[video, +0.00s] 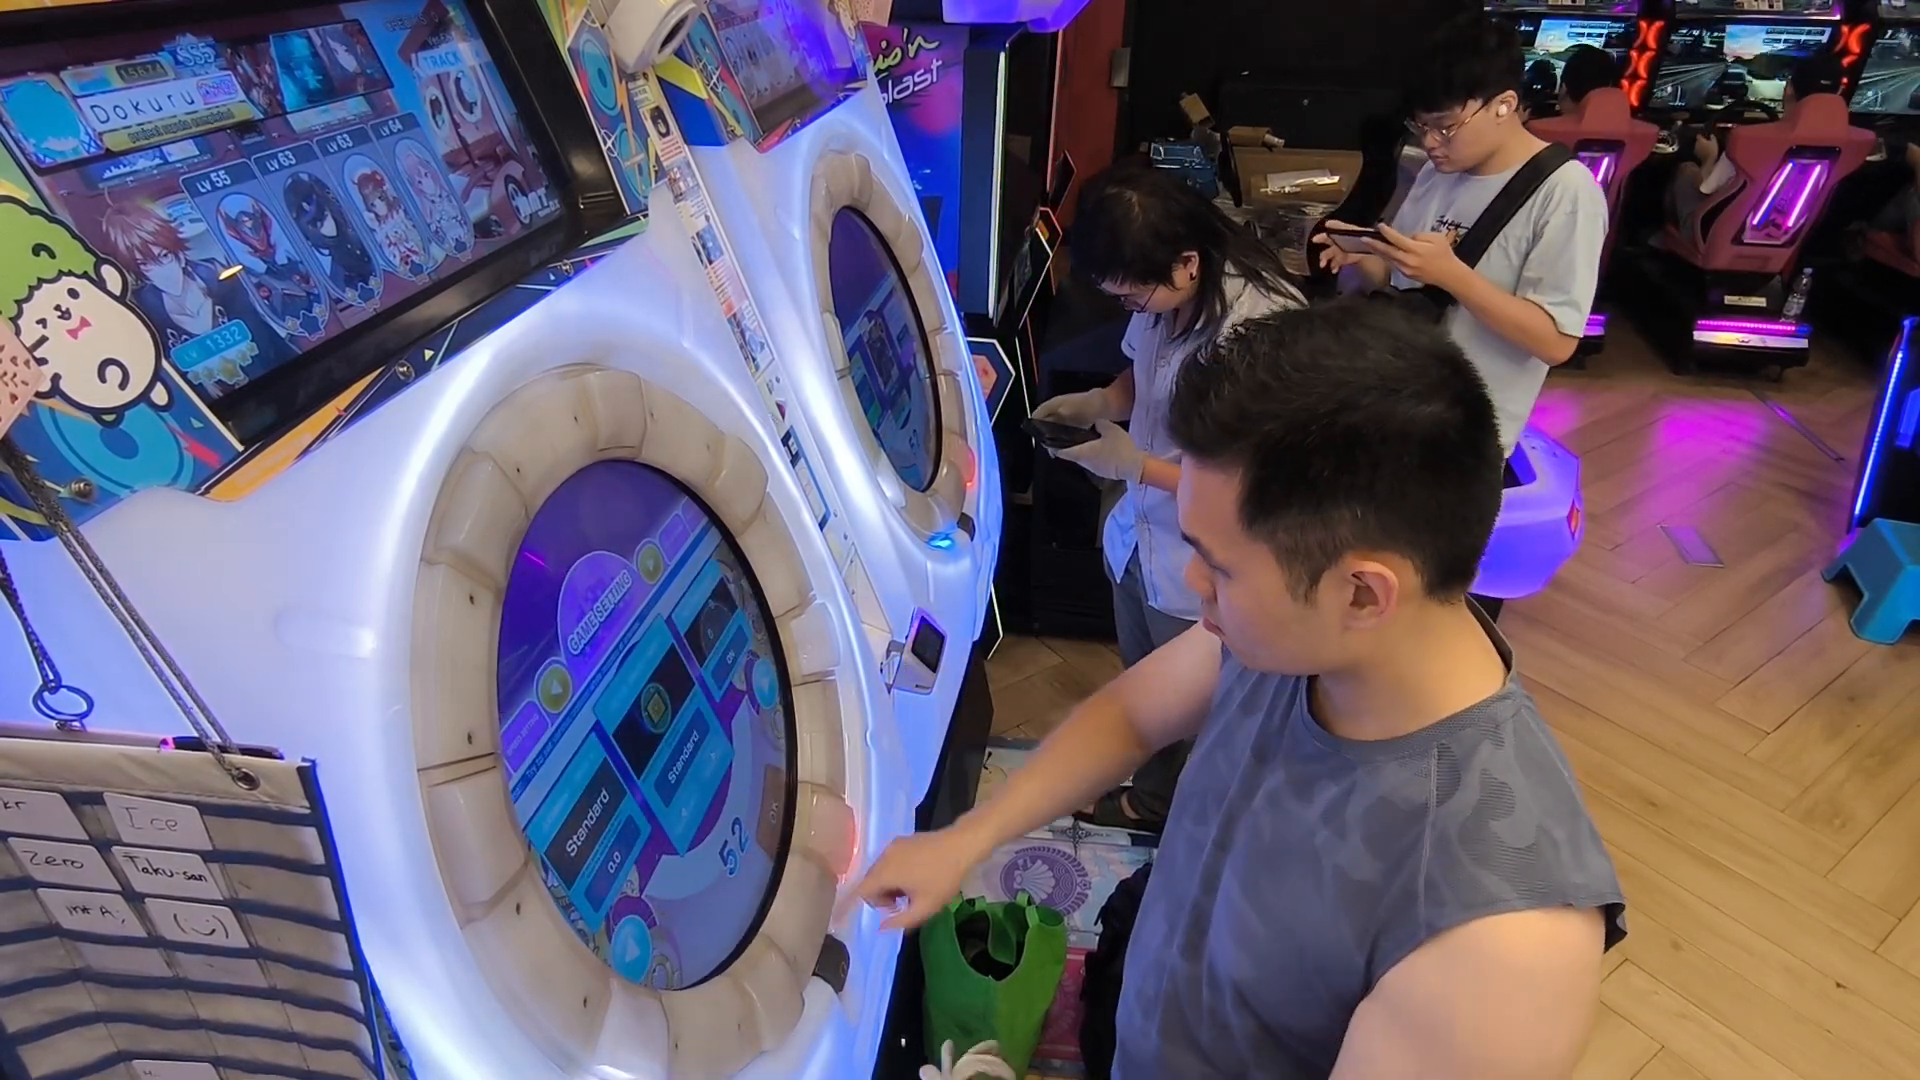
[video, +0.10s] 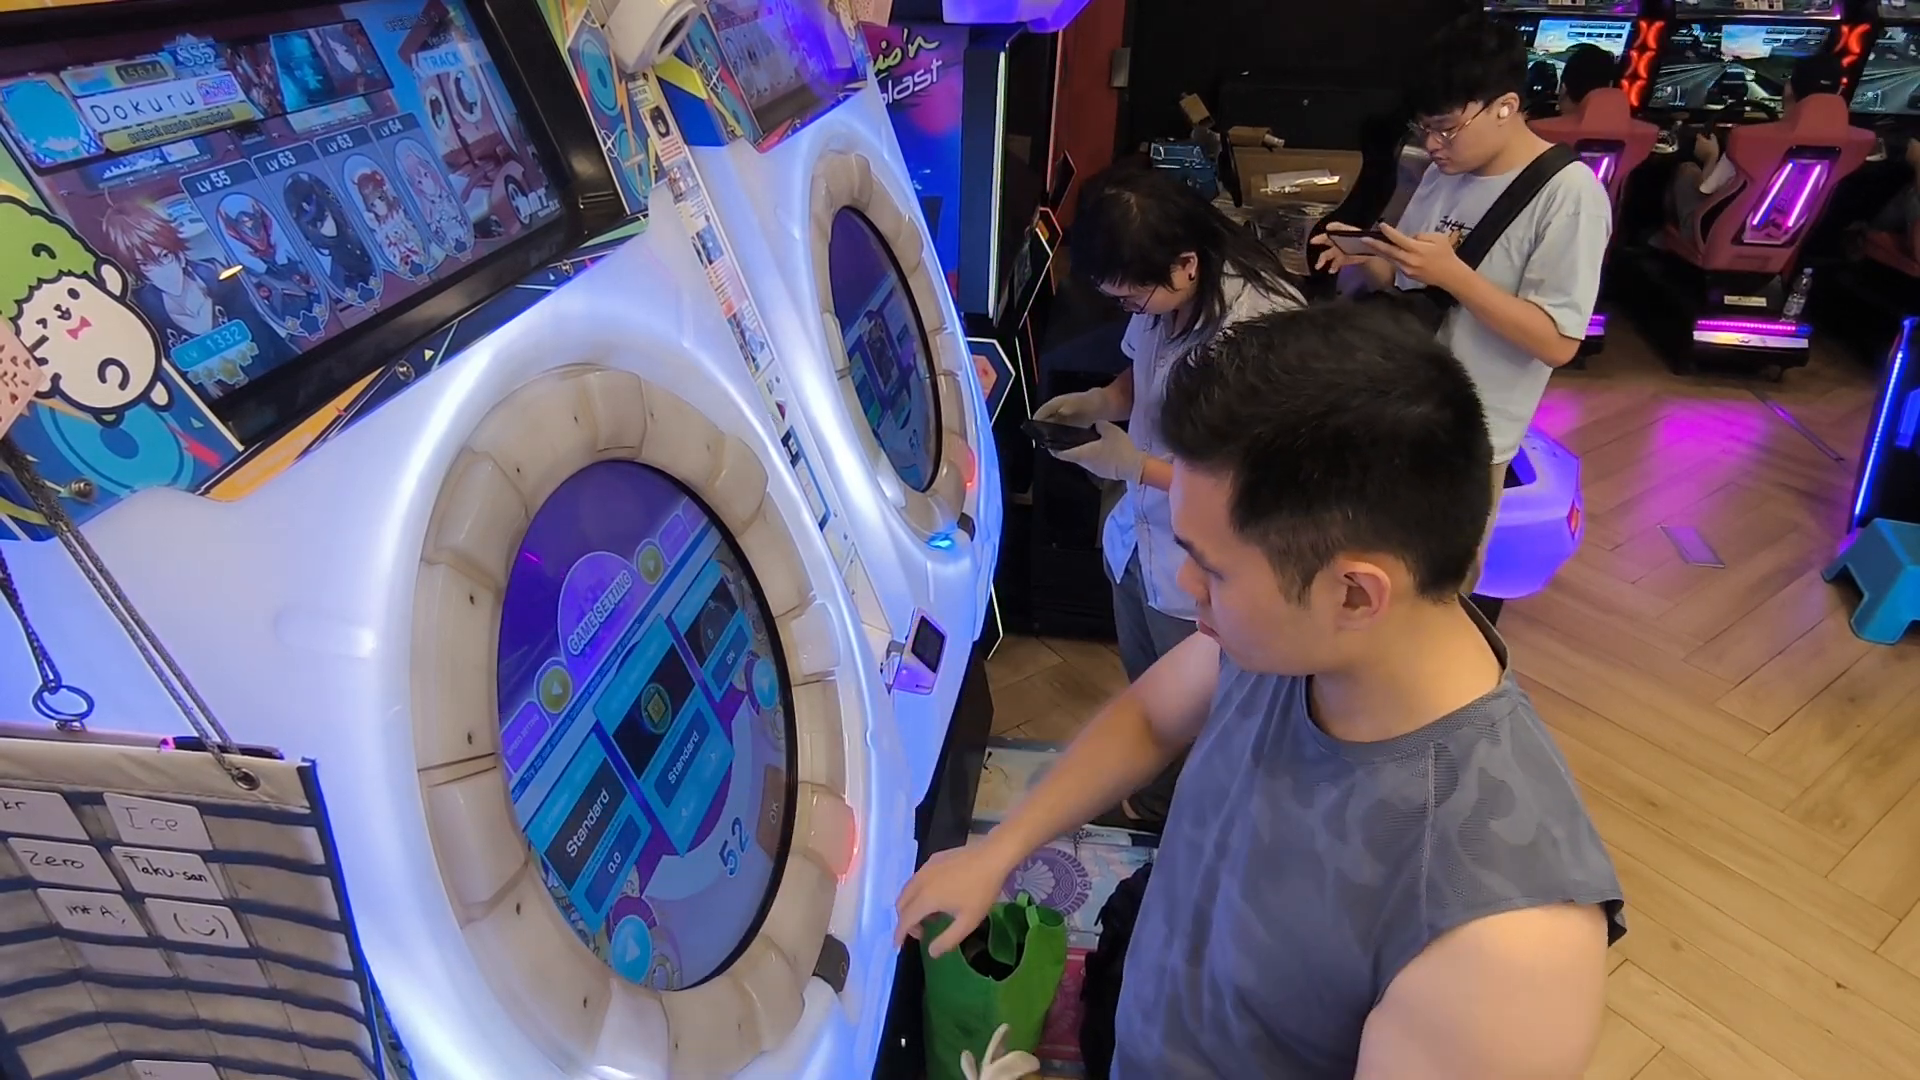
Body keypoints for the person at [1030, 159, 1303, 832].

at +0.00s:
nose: (1125, 301)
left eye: (1135, 289)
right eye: (1116, 290)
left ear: (1187, 265)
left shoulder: (1260, 337)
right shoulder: (1161, 301)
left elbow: (1253, 490)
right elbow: (1144, 387)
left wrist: (1140, 466)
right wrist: (1091, 405)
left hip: (1203, 548)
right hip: (1139, 529)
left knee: (1186, 698)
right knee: (1141, 681)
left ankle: (1173, 812)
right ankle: (1134, 788)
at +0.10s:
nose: (1123, 303)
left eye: (1132, 290)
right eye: (1114, 292)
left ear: (1185, 265)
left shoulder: (1257, 332)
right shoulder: (1161, 301)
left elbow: (1256, 484)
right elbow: (1143, 387)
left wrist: (1138, 466)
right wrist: (1087, 406)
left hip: (1203, 555)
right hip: (1138, 536)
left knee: (1195, 715)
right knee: (1148, 695)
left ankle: (1194, 844)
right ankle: (1155, 806)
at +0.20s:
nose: (1127, 309)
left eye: (1133, 296)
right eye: (1116, 298)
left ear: (1185, 268)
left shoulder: (1256, 332)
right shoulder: (1162, 294)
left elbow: (1257, 481)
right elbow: (1147, 377)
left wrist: (1139, 465)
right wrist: (1097, 405)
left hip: (1199, 552)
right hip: (1134, 534)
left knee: (1196, 719)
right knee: (1152, 710)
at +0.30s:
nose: (1127, 310)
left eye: (1132, 297)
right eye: (1116, 299)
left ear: (1183, 268)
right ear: (1177, 266)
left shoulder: (1257, 334)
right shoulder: (1161, 294)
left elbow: (1252, 485)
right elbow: (1142, 382)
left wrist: (1139, 466)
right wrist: (1099, 405)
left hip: (1198, 562)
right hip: (1133, 537)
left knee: (1200, 724)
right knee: (1152, 714)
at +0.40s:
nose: (1125, 311)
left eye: (1130, 298)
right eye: (1114, 300)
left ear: (1182, 269)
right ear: (1176, 267)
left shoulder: (1254, 334)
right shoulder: (1163, 293)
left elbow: (1250, 484)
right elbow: (1140, 384)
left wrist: (1137, 465)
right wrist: (1100, 406)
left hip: (1195, 560)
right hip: (1131, 534)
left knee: (1195, 725)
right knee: (1150, 704)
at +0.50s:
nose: (1121, 311)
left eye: (1127, 299)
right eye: (1111, 301)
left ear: (1180, 269)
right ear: (1175, 267)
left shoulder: (1251, 333)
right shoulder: (1164, 290)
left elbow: (1255, 484)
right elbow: (1144, 383)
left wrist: (1137, 467)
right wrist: (1103, 402)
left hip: (1198, 552)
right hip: (1134, 534)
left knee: (1200, 727)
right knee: (1152, 711)